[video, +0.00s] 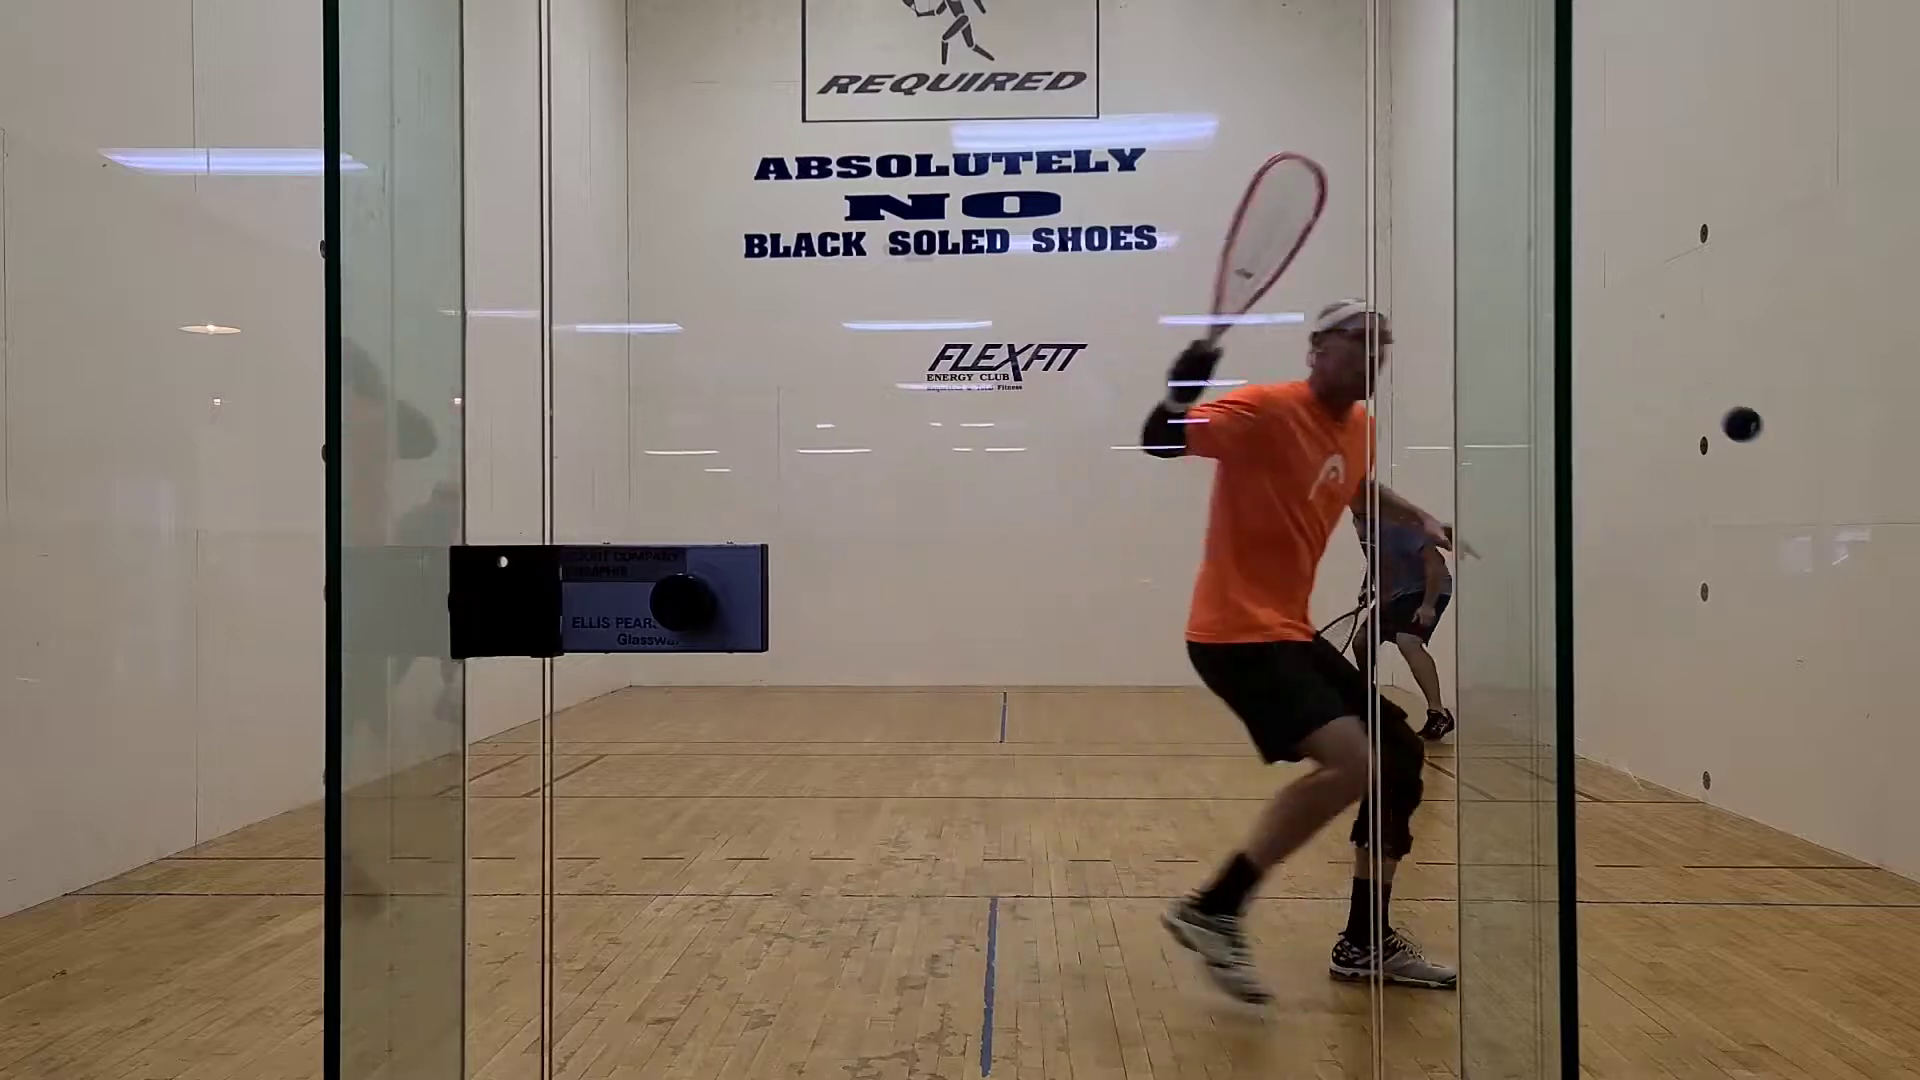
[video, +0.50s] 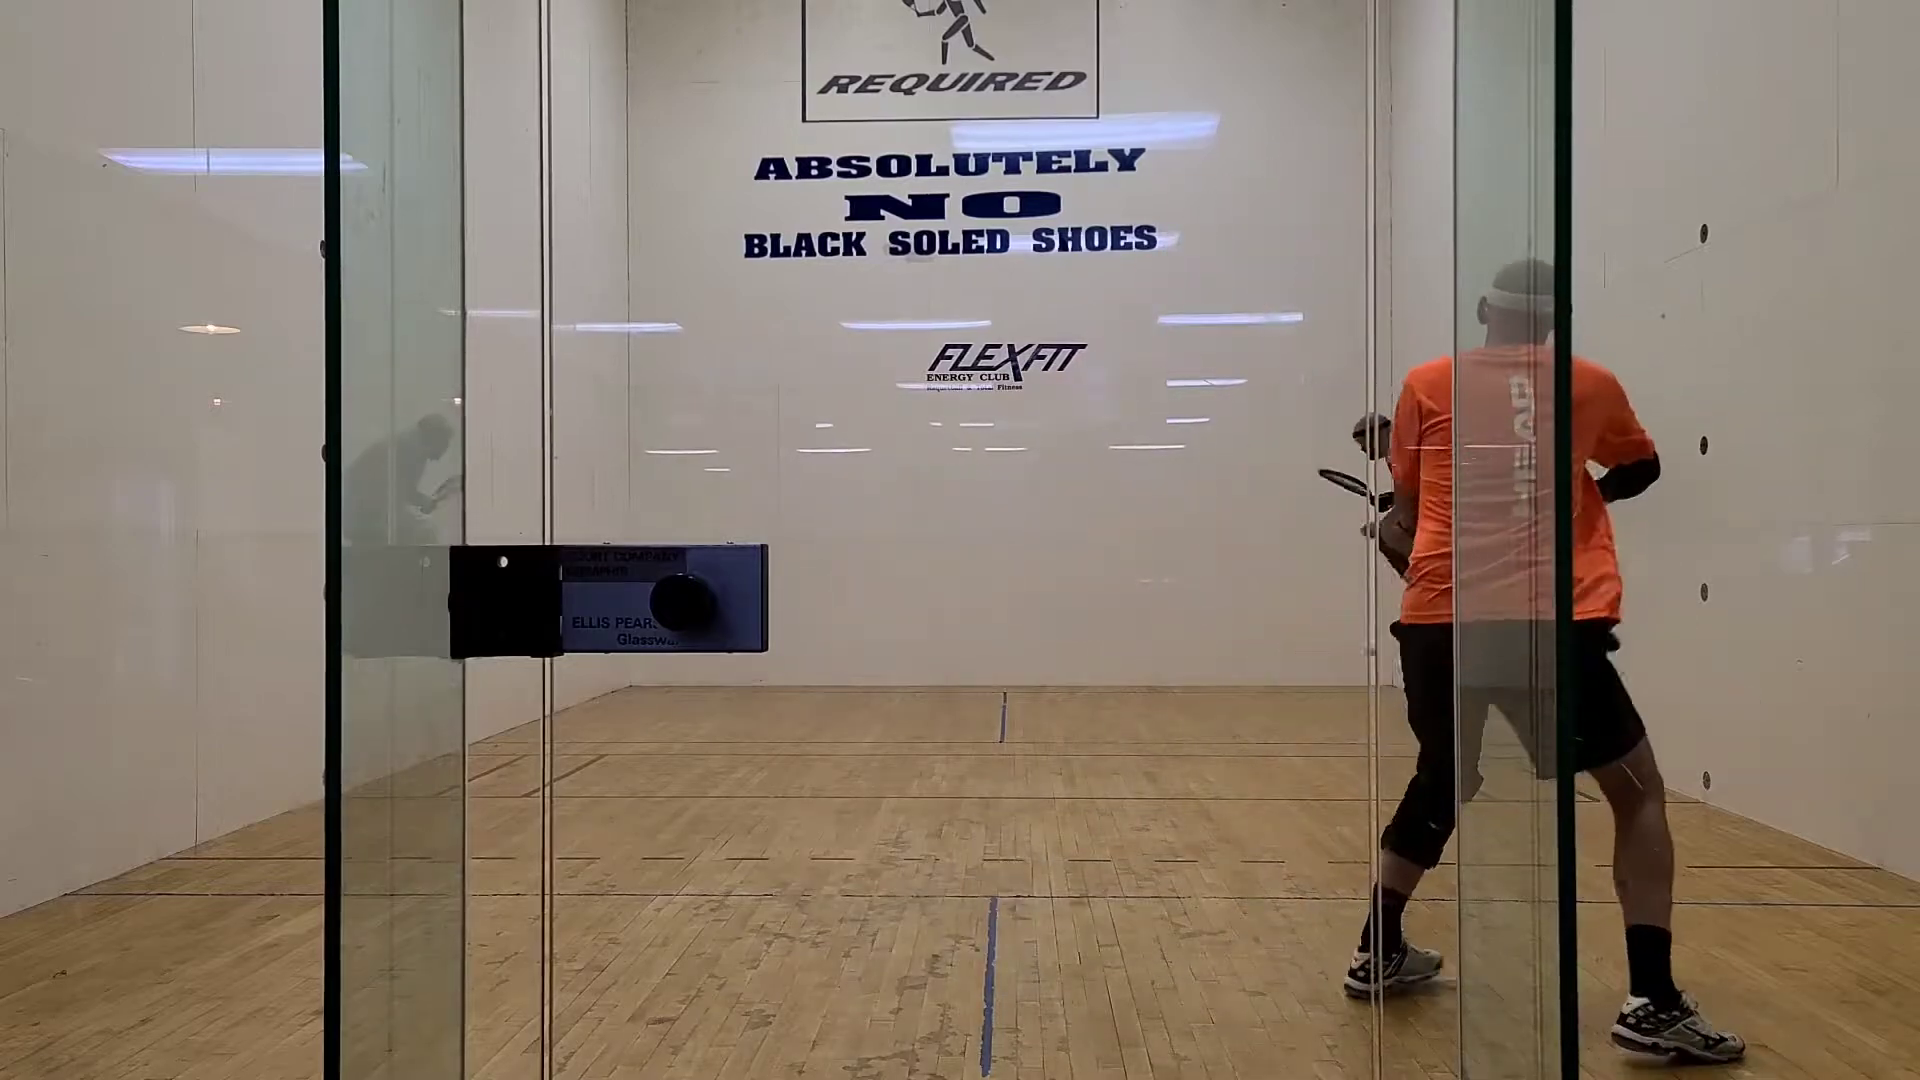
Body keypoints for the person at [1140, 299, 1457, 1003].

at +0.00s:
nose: (1377, 357)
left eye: (1381, 346)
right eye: (1364, 342)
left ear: (1378, 358)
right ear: (1319, 348)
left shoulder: (1356, 426)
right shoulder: (1265, 410)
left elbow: (1355, 490)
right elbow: (1159, 438)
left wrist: (1422, 522)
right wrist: (1181, 387)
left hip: (1292, 630)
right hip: (1235, 631)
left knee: (1401, 759)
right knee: (1353, 760)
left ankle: (1365, 939)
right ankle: (1210, 910)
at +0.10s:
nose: (1458, 379)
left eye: (1461, 366)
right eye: (1448, 362)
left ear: (1445, 374)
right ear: (1402, 361)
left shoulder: (1421, 434)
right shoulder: (1352, 421)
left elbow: (1383, 502)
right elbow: (1271, 468)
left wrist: (1429, 554)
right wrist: (1320, 407)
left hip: (1347, 631)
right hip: (1294, 642)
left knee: (1439, 759)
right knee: (1454, 749)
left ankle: (1368, 938)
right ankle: (1497, 964)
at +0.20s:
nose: (1531, 417)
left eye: (1533, 402)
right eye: (1524, 400)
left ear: (1464, 386)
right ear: (1495, 394)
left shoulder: (1412, 437)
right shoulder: (1445, 458)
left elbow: (1320, 485)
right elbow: (1477, 573)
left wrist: (1374, 556)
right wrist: (1541, 530)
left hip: (1324, 653)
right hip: (1372, 661)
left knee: (1458, 780)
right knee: (1525, 804)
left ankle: (1371, 936)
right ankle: (1626, 1008)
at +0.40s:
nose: (1561, 380)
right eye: (1562, 365)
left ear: (1492, 359)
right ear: (1563, 368)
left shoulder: (1423, 414)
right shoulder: (1585, 434)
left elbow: (1393, 509)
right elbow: (1639, 508)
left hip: (1402, 656)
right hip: (1505, 663)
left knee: (1466, 777)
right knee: (1616, 804)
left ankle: (1371, 935)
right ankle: (1640, 1009)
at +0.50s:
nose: (1531, 331)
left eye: (1522, 312)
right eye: (1542, 315)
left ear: (1485, 311)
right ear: (1556, 318)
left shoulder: (1425, 386)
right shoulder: (1589, 385)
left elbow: (1405, 491)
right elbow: (1637, 471)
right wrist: (1568, 483)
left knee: (1439, 780)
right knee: (1637, 797)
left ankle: (1379, 948)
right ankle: (1653, 1000)